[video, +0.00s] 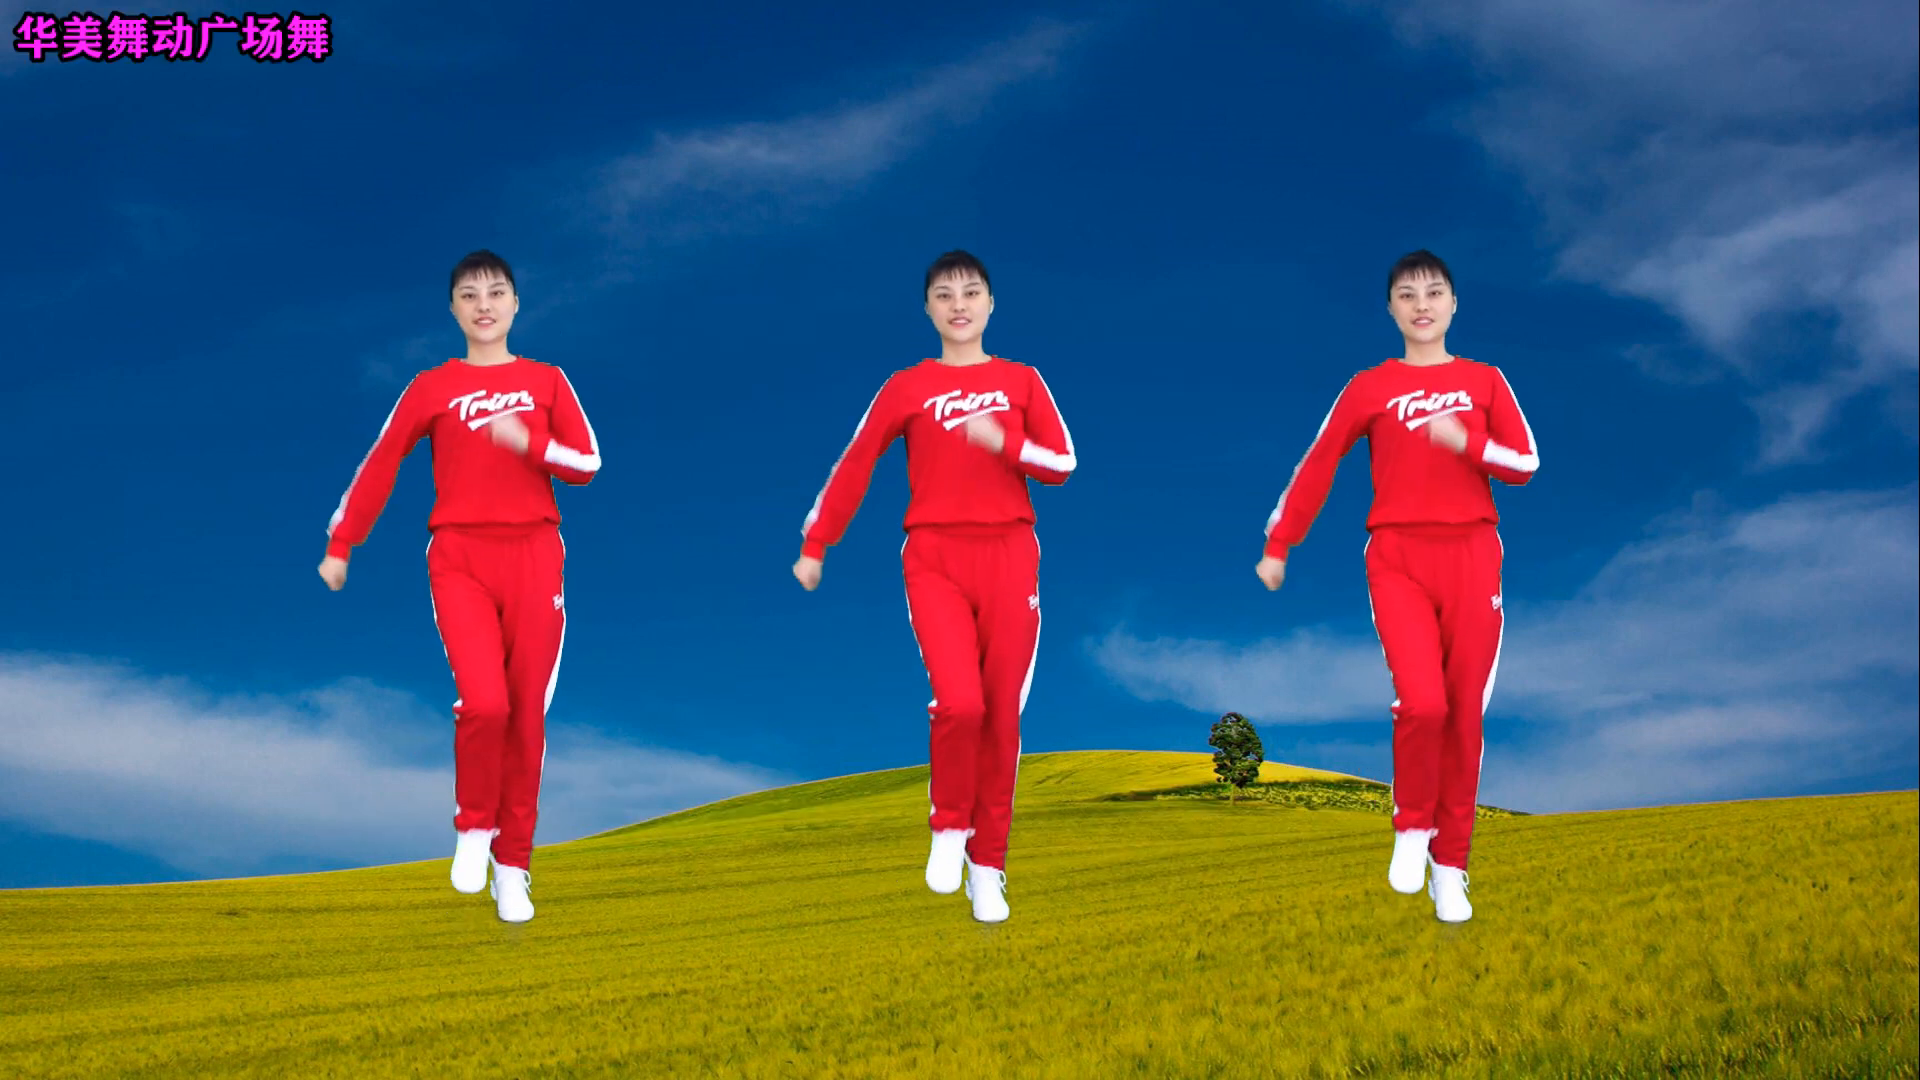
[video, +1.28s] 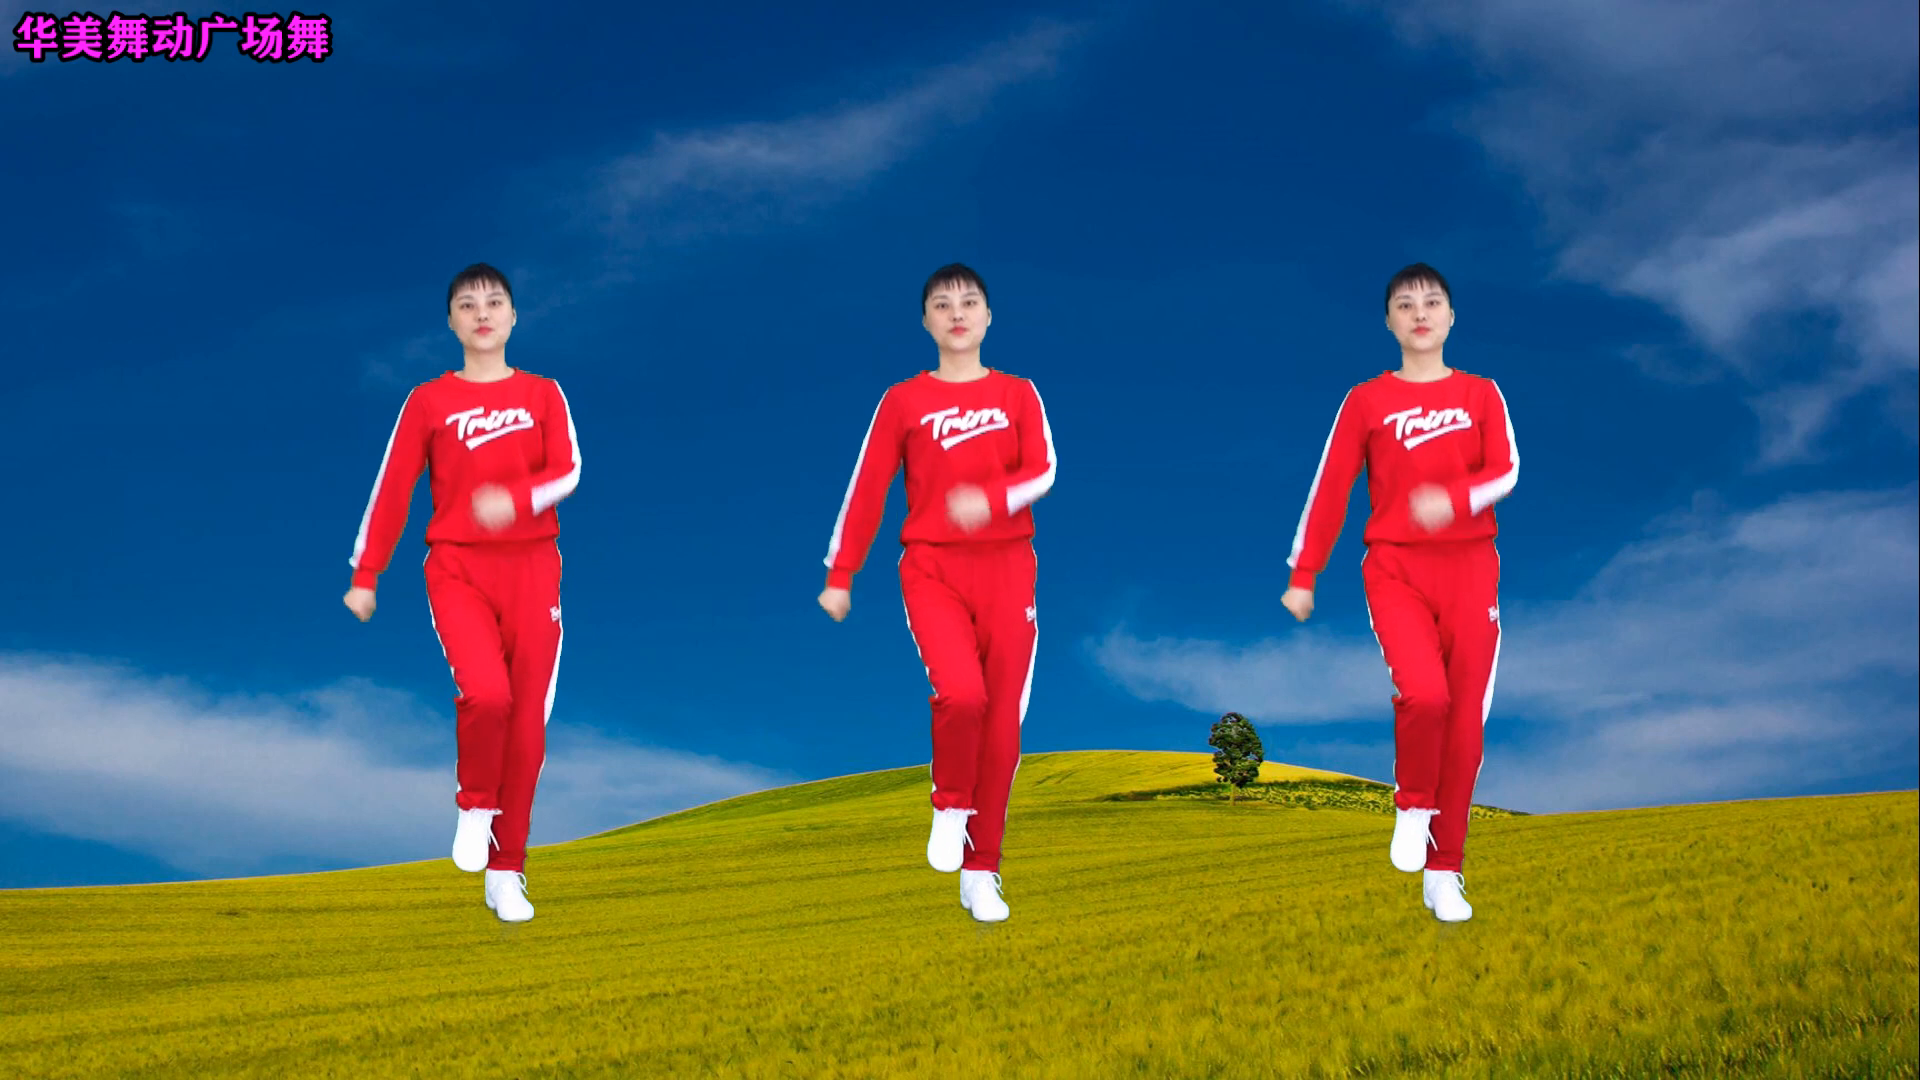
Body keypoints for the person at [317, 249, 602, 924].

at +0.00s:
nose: (484, 305)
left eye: (495, 294)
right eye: (471, 296)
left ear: (514, 303)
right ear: (455, 308)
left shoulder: (546, 381)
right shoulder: (430, 388)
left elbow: (586, 465)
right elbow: (379, 464)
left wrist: (531, 442)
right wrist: (340, 544)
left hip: (534, 556)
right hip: (458, 556)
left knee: (527, 712)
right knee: (485, 705)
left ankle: (514, 861)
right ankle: (475, 827)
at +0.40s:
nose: (478, 318)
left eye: (489, 308)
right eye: (465, 309)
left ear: (508, 319)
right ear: (448, 322)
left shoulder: (536, 396)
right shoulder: (420, 402)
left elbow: (540, 476)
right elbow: (388, 490)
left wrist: (499, 522)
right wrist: (357, 571)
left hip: (511, 577)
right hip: (437, 577)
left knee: (499, 724)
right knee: (446, 731)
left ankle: (504, 849)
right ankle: (462, 867)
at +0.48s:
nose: (475, 326)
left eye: (487, 316)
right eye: (462, 317)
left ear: (505, 328)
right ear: (446, 330)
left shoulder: (534, 405)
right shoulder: (419, 410)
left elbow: (540, 494)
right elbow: (405, 497)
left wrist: (534, 578)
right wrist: (412, 576)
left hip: (506, 580)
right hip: (435, 581)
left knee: (483, 719)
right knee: (434, 734)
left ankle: (501, 819)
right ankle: (462, 867)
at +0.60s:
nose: (473, 312)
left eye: (485, 302)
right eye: (460, 303)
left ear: (503, 314)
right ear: (443, 316)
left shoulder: (533, 393)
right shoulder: (414, 396)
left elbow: (570, 482)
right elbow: (378, 469)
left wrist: (590, 572)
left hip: (510, 568)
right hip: (435, 568)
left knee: (479, 706)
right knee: (436, 726)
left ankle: (498, 811)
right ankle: (463, 864)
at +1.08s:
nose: (480, 318)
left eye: (493, 308)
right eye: (468, 309)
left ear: (511, 321)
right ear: (450, 322)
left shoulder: (541, 399)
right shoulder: (426, 403)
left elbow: (580, 488)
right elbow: (418, 489)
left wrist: (616, 573)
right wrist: (442, 557)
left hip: (531, 574)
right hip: (456, 574)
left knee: (523, 725)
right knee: (470, 721)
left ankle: (507, 868)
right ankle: (469, 841)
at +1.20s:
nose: (482, 325)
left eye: (494, 315)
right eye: (469, 317)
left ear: (513, 328)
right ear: (453, 332)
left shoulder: (544, 409)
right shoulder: (429, 411)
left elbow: (559, 500)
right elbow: (410, 507)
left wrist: (545, 574)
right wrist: (399, 596)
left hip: (532, 582)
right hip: (457, 582)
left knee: (533, 727)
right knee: (487, 703)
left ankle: (507, 868)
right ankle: (474, 807)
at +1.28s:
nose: (482, 314)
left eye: (493, 304)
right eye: (469, 306)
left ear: (512, 316)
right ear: (453, 321)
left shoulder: (543, 393)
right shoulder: (428, 401)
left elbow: (566, 470)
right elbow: (391, 488)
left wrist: (515, 496)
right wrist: (366, 572)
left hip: (532, 572)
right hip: (457, 571)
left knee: (528, 718)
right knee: (487, 695)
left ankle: (509, 867)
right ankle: (477, 808)